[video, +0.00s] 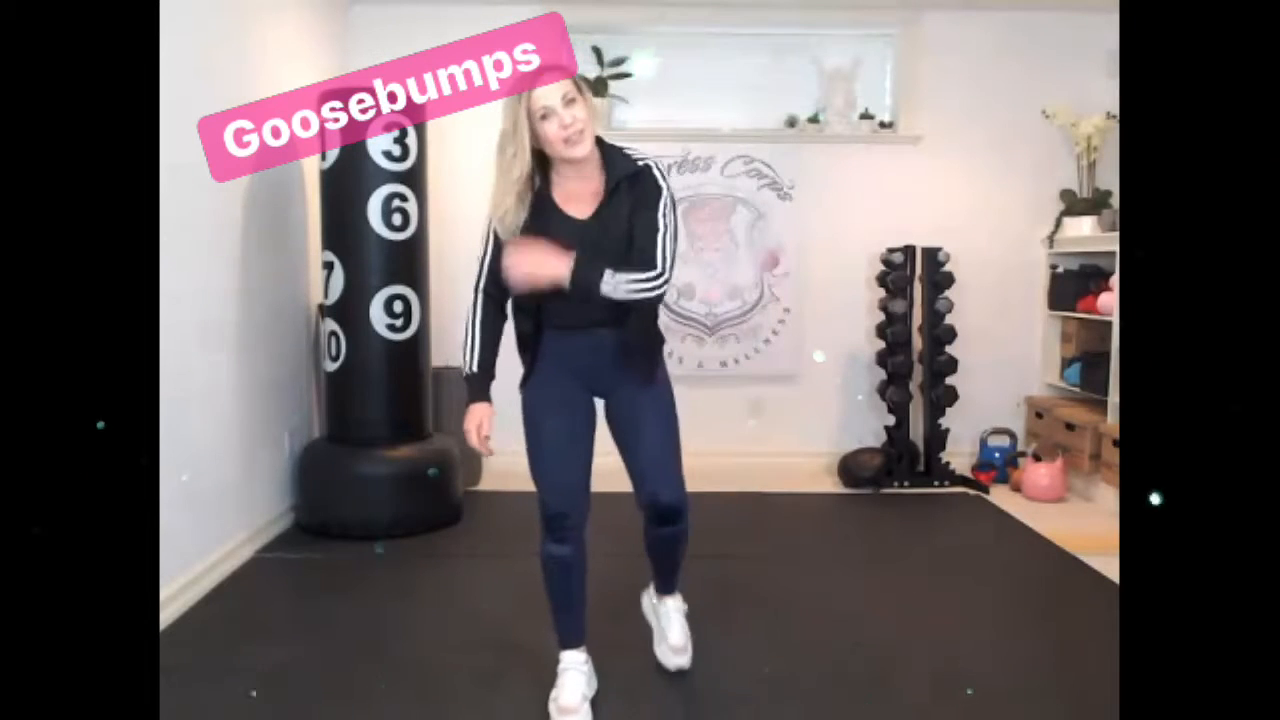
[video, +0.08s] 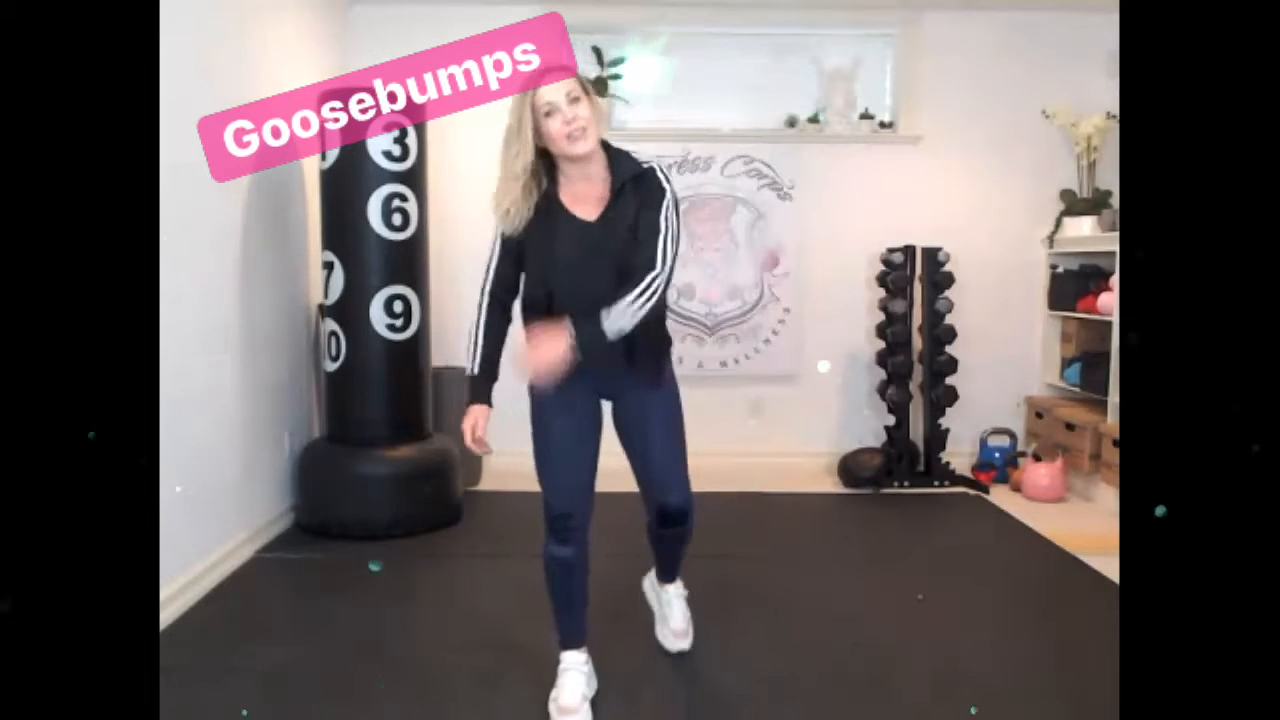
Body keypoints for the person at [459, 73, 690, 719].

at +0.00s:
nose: (566, 120)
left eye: (572, 104)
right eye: (548, 116)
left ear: (591, 106)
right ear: (533, 135)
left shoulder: (640, 177)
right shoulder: (520, 199)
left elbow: (655, 279)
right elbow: (489, 294)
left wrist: (569, 268)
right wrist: (480, 392)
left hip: (635, 363)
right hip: (553, 369)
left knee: (667, 503)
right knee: (561, 516)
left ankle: (666, 598)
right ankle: (572, 657)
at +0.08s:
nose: (569, 118)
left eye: (576, 103)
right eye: (552, 114)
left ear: (597, 109)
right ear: (538, 135)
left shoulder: (646, 185)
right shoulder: (528, 203)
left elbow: (654, 282)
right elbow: (497, 297)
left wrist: (576, 334)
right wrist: (480, 394)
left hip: (640, 365)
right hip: (561, 373)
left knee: (673, 503)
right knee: (564, 518)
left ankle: (667, 585)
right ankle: (573, 657)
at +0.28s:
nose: (584, 133)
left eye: (592, 119)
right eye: (568, 127)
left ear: (614, 127)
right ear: (554, 147)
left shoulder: (655, 206)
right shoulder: (544, 219)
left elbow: (655, 311)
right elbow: (517, 308)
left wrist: (639, 410)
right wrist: (499, 394)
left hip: (651, 367)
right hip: (575, 376)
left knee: (681, 511)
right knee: (571, 517)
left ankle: (683, 587)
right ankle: (573, 657)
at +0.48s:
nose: (617, 125)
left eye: (628, 114)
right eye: (605, 119)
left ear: (651, 129)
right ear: (591, 137)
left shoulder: (683, 205)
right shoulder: (581, 205)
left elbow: (721, 299)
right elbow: (571, 288)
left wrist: (734, 395)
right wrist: (558, 356)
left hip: (670, 361)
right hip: (596, 362)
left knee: (681, 492)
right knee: (576, 491)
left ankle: (693, 598)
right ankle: (561, 627)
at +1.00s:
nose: (607, 146)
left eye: (617, 138)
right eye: (597, 137)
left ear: (631, 149)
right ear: (580, 147)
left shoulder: (643, 221)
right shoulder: (544, 206)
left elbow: (654, 299)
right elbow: (503, 268)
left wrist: (658, 373)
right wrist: (479, 338)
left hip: (618, 354)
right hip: (551, 351)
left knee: (639, 468)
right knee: (534, 465)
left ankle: (670, 583)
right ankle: (520, 558)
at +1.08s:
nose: (600, 145)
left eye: (609, 137)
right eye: (589, 136)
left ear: (622, 146)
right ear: (573, 145)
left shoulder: (638, 218)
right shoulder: (538, 202)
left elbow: (635, 293)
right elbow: (497, 263)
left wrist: (628, 354)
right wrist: (472, 330)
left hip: (604, 348)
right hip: (538, 345)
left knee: (610, 460)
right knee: (530, 461)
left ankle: (616, 558)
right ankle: (520, 559)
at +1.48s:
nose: (620, 148)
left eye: (628, 140)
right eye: (611, 139)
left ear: (639, 151)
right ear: (592, 147)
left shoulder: (645, 218)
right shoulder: (556, 201)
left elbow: (655, 296)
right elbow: (523, 272)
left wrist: (672, 368)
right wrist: (509, 347)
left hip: (617, 341)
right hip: (554, 339)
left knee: (657, 439)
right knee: (539, 456)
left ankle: (657, 527)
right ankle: (522, 558)